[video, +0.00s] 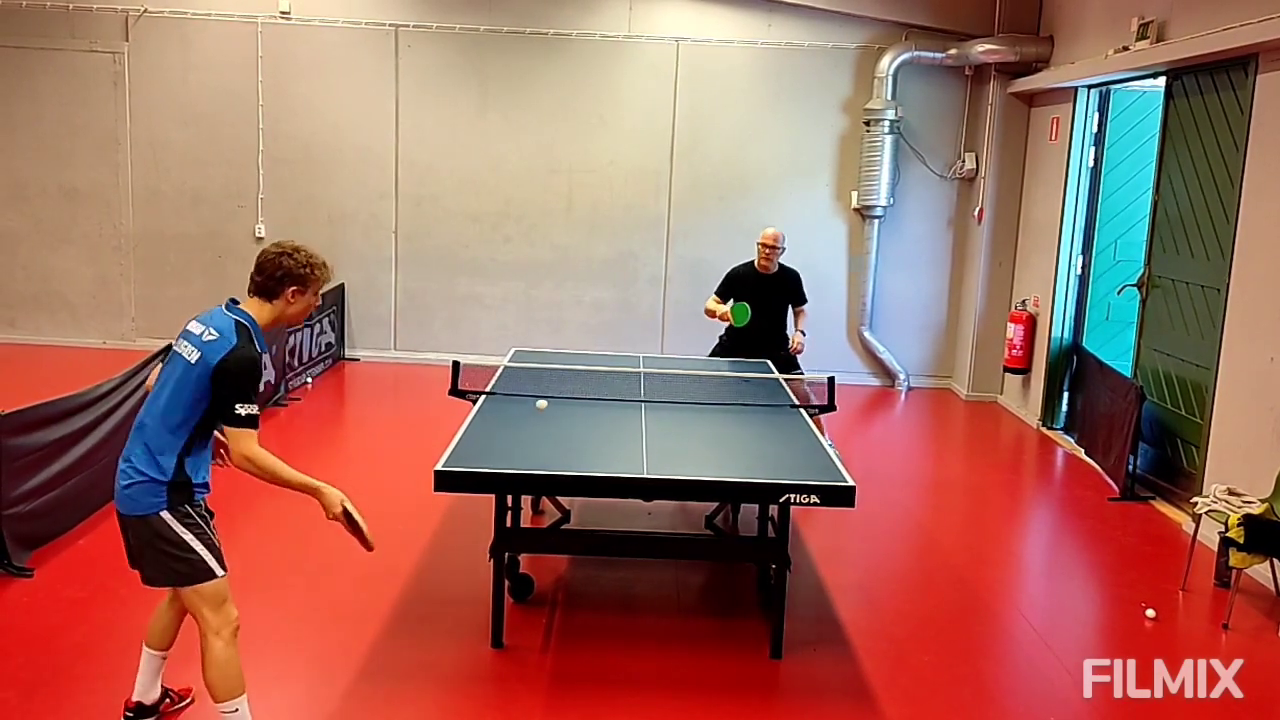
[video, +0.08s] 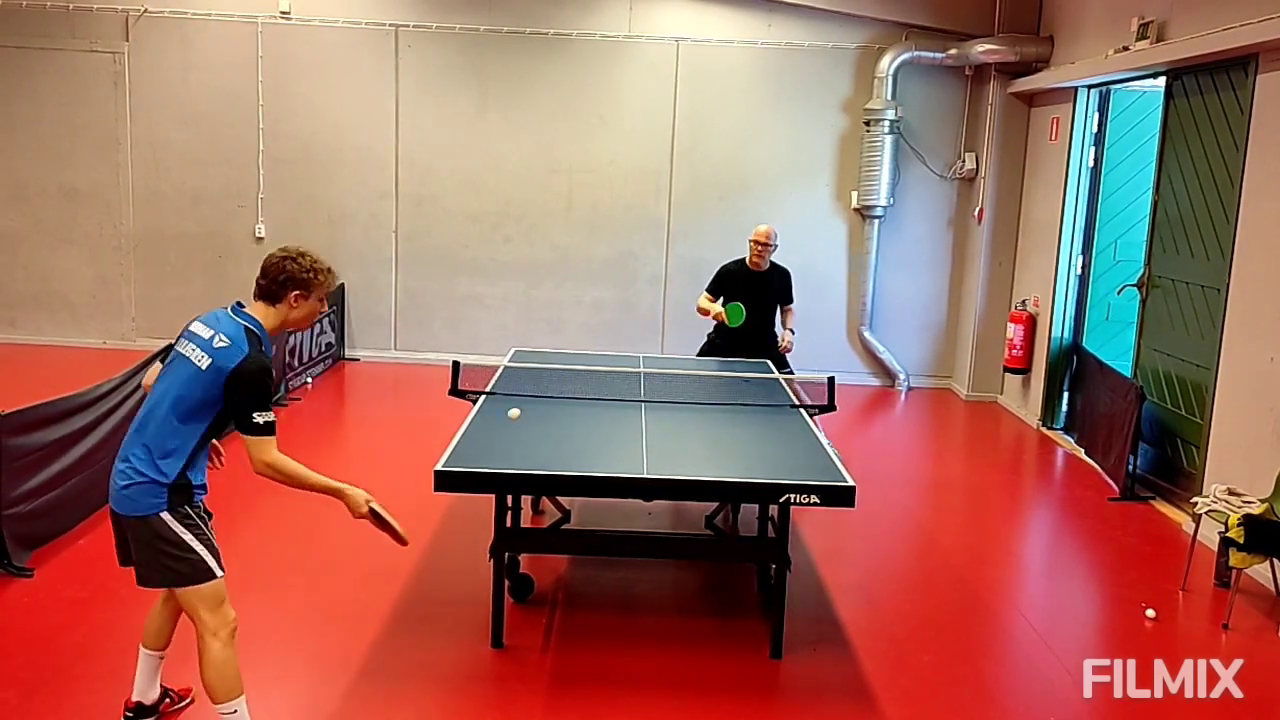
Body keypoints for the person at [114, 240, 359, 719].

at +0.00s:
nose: (311, 308)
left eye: (314, 299)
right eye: (312, 298)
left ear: (264, 286)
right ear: (291, 294)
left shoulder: (213, 319)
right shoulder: (243, 351)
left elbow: (157, 382)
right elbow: (243, 453)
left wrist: (206, 431)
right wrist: (318, 489)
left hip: (145, 484)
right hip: (165, 496)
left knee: (181, 594)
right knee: (220, 621)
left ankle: (145, 699)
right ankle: (239, 717)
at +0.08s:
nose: (319, 314)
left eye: (322, 304)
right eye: (319, 303)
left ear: (269, 290)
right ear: (295, 298)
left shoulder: (212, 320)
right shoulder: (252, 356)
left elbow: (153, 380)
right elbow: (264, 460)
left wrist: (200, 431)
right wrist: (342, 490)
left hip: (136, 484)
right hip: (163, 497)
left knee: (176, 593)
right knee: (218, 623)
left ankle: (144, 698)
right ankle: (237, 717)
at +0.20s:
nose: (329, 322)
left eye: (332, 312)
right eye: (328, 311)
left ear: (280, 299)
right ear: (299, 306)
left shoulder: (209, 323)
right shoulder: (272, 371)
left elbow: (143, 377)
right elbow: (298, 466)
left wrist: (173, 438)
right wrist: (375, 484)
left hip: (126, 485)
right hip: (163, 499)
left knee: (169, 589)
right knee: (232, 620)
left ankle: (143, 699)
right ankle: (242, 717)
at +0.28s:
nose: (339, 320)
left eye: (341, 311)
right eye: (337, 310)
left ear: (291, 301)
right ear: (310, 310)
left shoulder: (212, 323)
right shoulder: (286, 380)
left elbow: (139, 378)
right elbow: (318, 460)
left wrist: (135, 447)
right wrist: (390, 461)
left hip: (129, 491)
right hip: (175, 504)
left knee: (161, 592)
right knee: (249, 618)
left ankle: (143, 700)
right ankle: (249, 718)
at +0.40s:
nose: (336, 302)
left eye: (337, 293)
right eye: (335, 294)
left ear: (276, 284)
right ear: (313, 298)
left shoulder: (209, 317)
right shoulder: (294, 370)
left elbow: (141, 374)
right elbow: (324, 445)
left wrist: (103, 439)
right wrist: (387, 435)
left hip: (142, 492)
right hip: (195, 505)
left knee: (150, 595)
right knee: (261, 617)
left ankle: (136, 700)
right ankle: (252, 717)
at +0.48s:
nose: (327, 294)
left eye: (329, 285)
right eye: (326, 285)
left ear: (269, 276)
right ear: (307, 288)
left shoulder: (203, 313)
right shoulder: (292, 363)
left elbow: (139, 373)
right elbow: (322, 442)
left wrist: (94, 441)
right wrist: (379, 428)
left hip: (144, 489)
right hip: (198, 503)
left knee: (148, 595)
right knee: (258, 618)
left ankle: (120, 704)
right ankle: (252, 718)